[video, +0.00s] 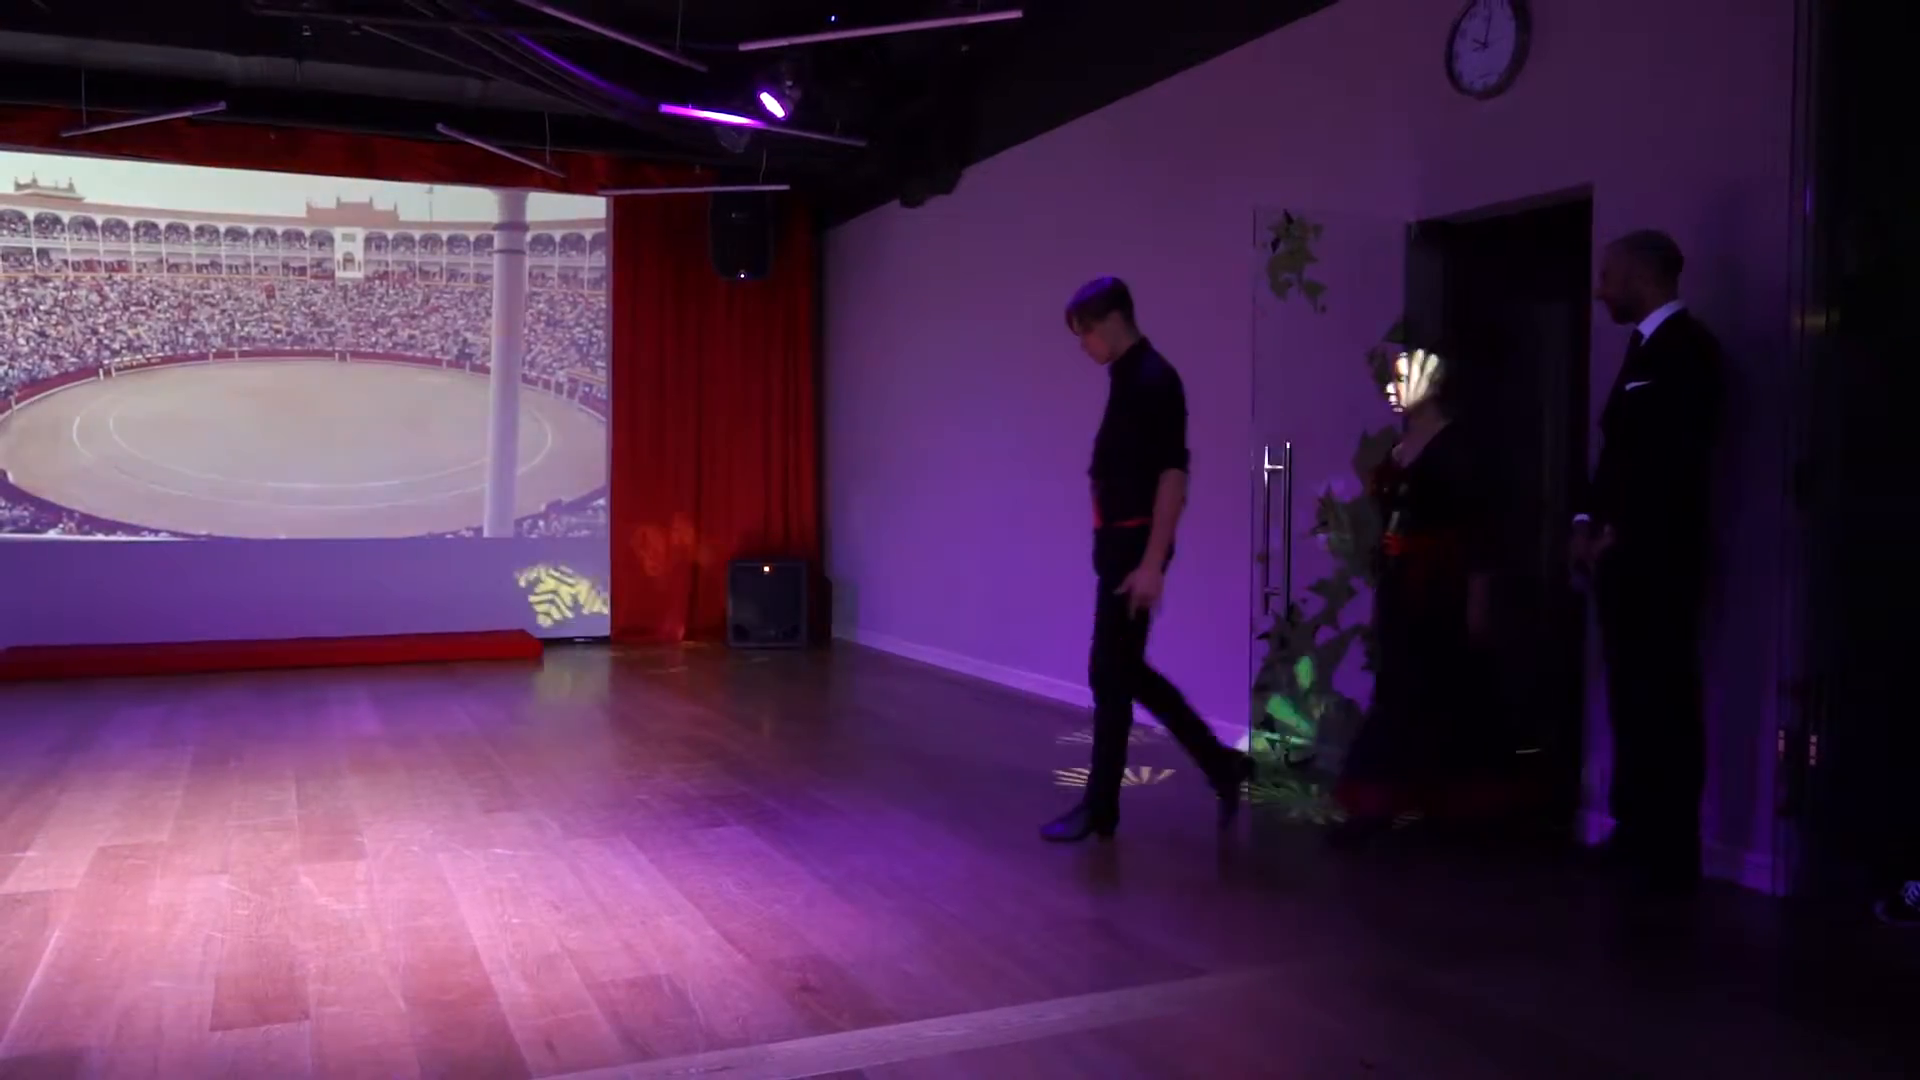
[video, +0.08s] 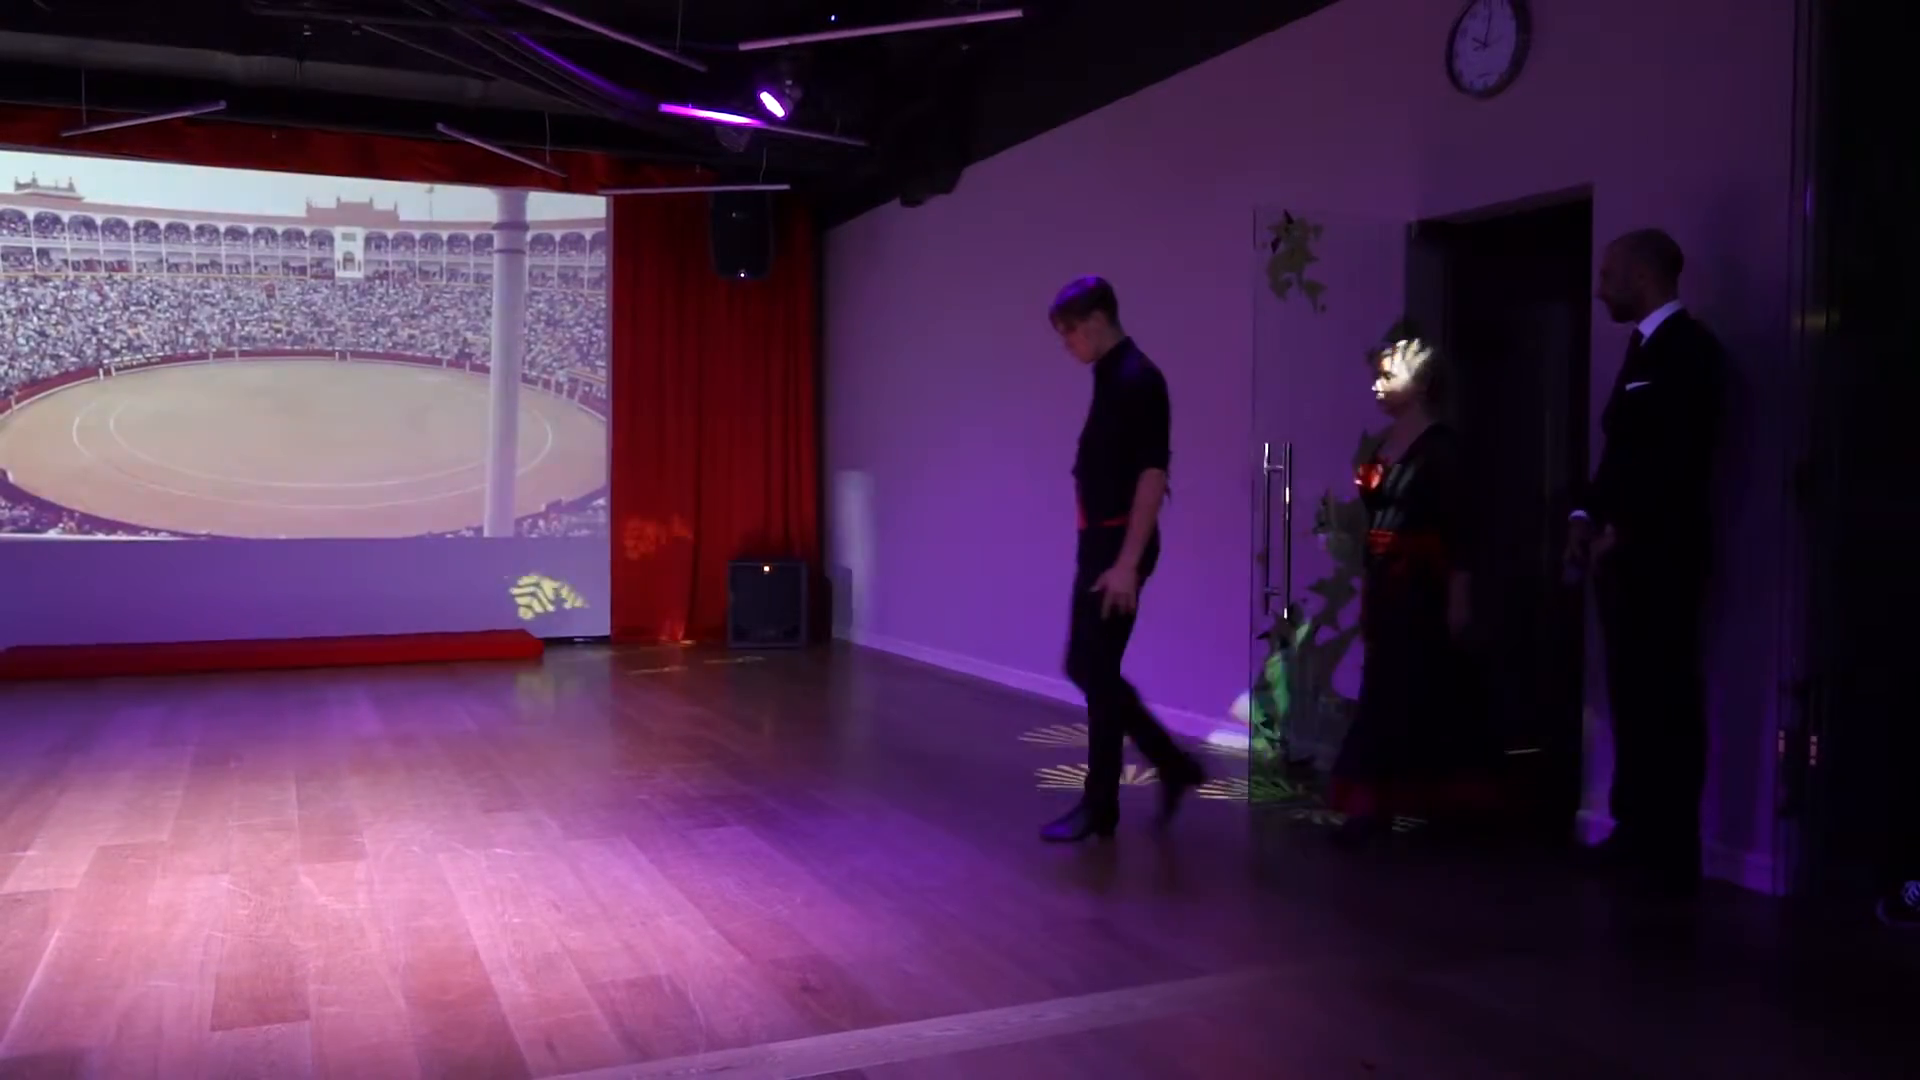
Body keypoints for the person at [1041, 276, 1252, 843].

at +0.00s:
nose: (1083, 346)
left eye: (1085, 332)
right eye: (1078, 335)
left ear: (1113, 322)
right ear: (1111, 324)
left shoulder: (1153, 380)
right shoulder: (1127, 377)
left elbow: (1173, 476)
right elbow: (1126, 469)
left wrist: (1153, 564)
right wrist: (1105, 542)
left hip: (1135, 546)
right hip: (1117, 542)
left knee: (1112, 672)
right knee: (1126, 670)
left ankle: (1100, 806)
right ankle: (1222, 766)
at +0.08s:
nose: (1067, 344)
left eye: (1071, 331)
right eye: (1063, 333)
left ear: (1098, 321)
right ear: (1091, 326)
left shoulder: (1138, 380)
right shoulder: (1112, 376)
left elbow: (1152, 478)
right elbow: (1112, 469)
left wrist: (1127, 564)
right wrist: (1093, 546)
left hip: (1123, 542)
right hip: (1099, 539)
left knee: (1097, 668)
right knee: (1086, 665)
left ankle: (1099, 806)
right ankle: (1175, 763)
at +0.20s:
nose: (1045, 346)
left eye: (1048, 334)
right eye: (1041, 336)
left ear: (1075, 323)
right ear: (1066, 327)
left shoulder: (1116, 380)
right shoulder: (1088, 376)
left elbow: (1125, 480)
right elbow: (1096, 467)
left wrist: (1096, 563)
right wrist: (1073, 537)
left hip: (1103, 543)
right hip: (1078, 540)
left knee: (1086, 673)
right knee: (1034, 657)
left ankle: (1097, 804)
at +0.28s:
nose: (1027, 346)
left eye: (1031, 333)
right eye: (1023, 335)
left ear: (1058, 324)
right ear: (1049, 329)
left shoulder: (1097, 383)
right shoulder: (1071, 380)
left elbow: (1107, 481)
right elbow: (1077, 472)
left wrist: (1077, 566)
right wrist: (1054, 546)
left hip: (1090, 546)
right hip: (1062, 542)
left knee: (1079, 677)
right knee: (1011, 658)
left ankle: (1098, 806)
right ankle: (1019, 793)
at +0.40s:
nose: (1000, 348)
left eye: (1004, 336)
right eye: (996, 337)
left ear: (1035, 326)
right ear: (1028, 329)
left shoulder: (1071, 386)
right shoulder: (1049, 379)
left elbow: (1079, 483)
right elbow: (1051, 473)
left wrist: (1053, 570)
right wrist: (1030, 550)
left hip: (1063, 549)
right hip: (1037, 546)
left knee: (1065, 679)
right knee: (991, 668)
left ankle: (1098, 805)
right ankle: (955, 796)